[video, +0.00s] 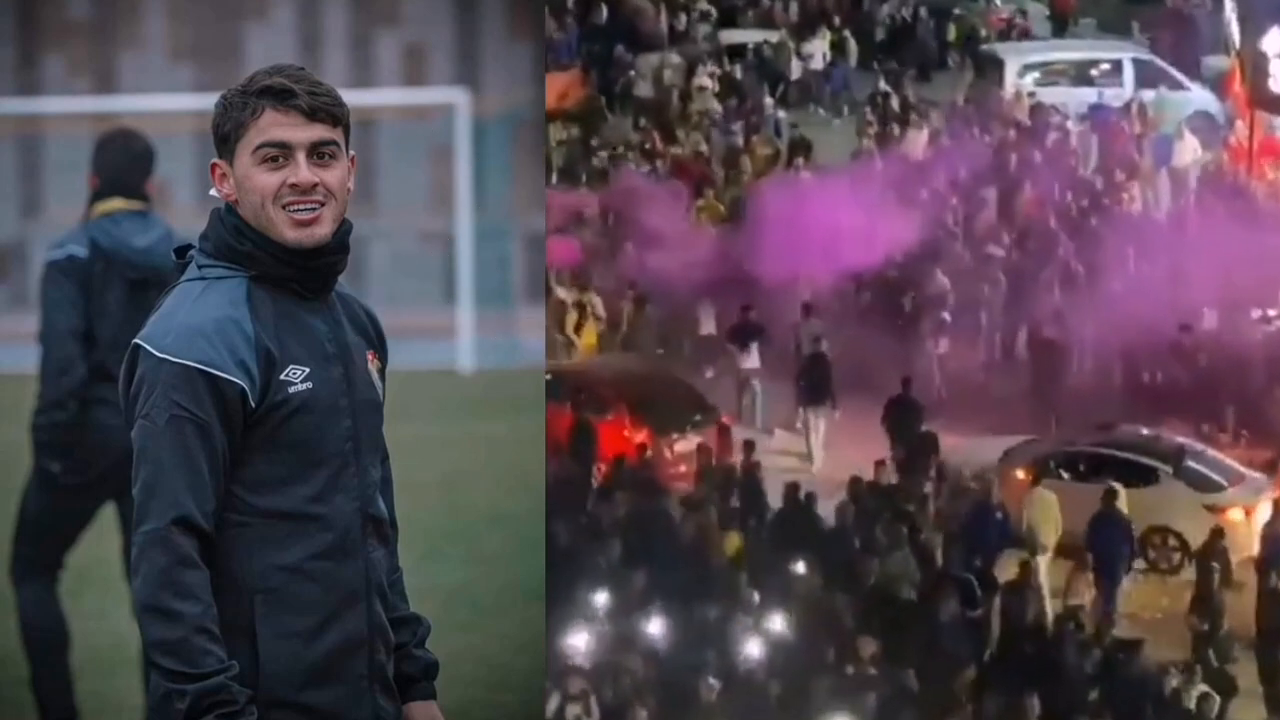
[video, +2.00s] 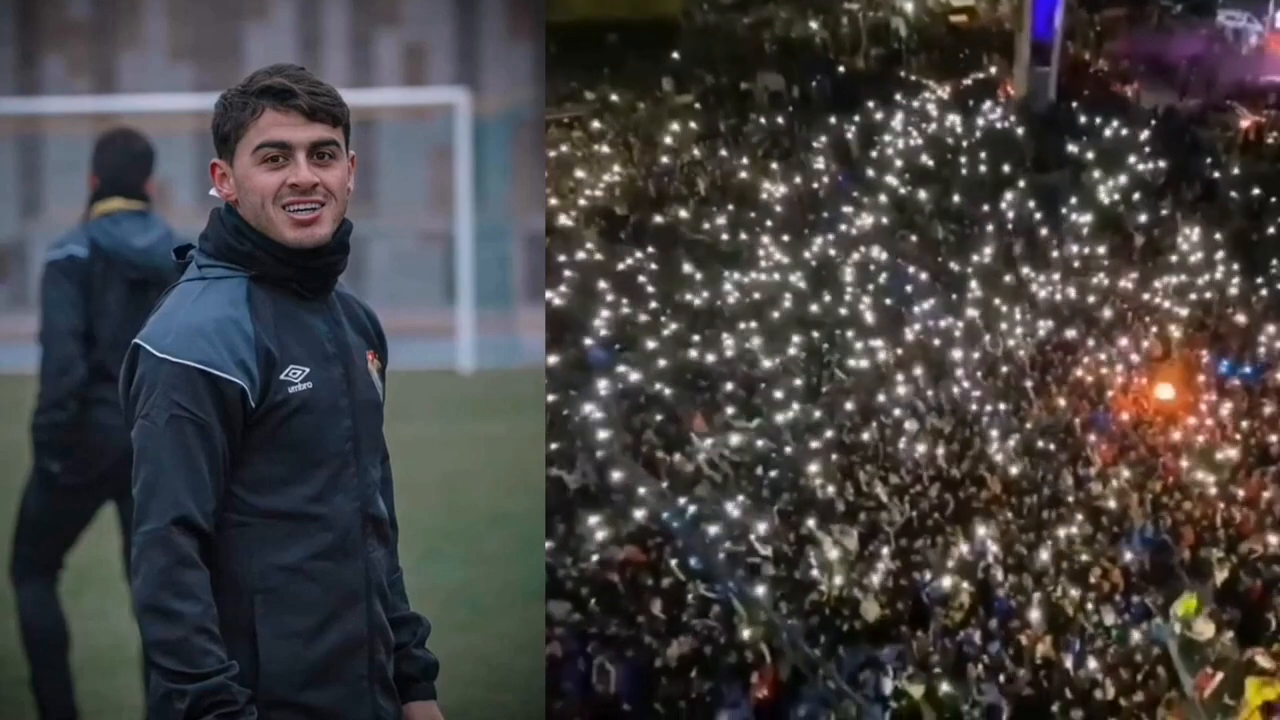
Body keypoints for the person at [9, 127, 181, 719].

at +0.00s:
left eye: (93, 174)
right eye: (150, 179)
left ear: (94, 180)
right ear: (152, 186)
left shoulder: (73, 253)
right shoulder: (178, 254)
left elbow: (64, 362)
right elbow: (190, 352)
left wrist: (50, 442)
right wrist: (175, 429)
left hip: (88, 448)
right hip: (158, 447)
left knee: (33, 569)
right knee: (157, 581)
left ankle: (57, 709)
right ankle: (167, 706)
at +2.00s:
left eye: (93, 173)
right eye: (150, 178)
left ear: (94, 180)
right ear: (152, 185)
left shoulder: (73, 254)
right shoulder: (178, 255)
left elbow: (65, 363)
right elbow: (191, 352)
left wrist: (51, 442)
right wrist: (175, 429)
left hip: (87, 449)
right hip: (158, 448)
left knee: (33, 570)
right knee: (157, 580)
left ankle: (57, 707)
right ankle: (167, 704)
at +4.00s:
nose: (95, 182)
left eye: (92, 173)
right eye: (150, 178)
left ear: (94, 180)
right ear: (152, 185)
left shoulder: (73, 254)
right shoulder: (178, 255)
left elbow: (65, 363)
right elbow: (191, 352)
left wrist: (51, 442)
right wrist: (175, 429)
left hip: (87, 449)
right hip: (158, 448)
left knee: (34, 570)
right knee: (157, 580)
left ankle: (57, 707)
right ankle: (167, 704)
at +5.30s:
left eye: (92, 174)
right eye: (150, 178)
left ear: (94, 180)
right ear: (152, 185)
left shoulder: (73, 254)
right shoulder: (178, 255)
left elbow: (65, 363)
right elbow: (190, 351)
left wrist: (51, 441)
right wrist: (175, 428)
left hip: (87, 448)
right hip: (158, 447)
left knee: (33, 569)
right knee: (157, 580)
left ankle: (56, 707)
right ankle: (167, 704)